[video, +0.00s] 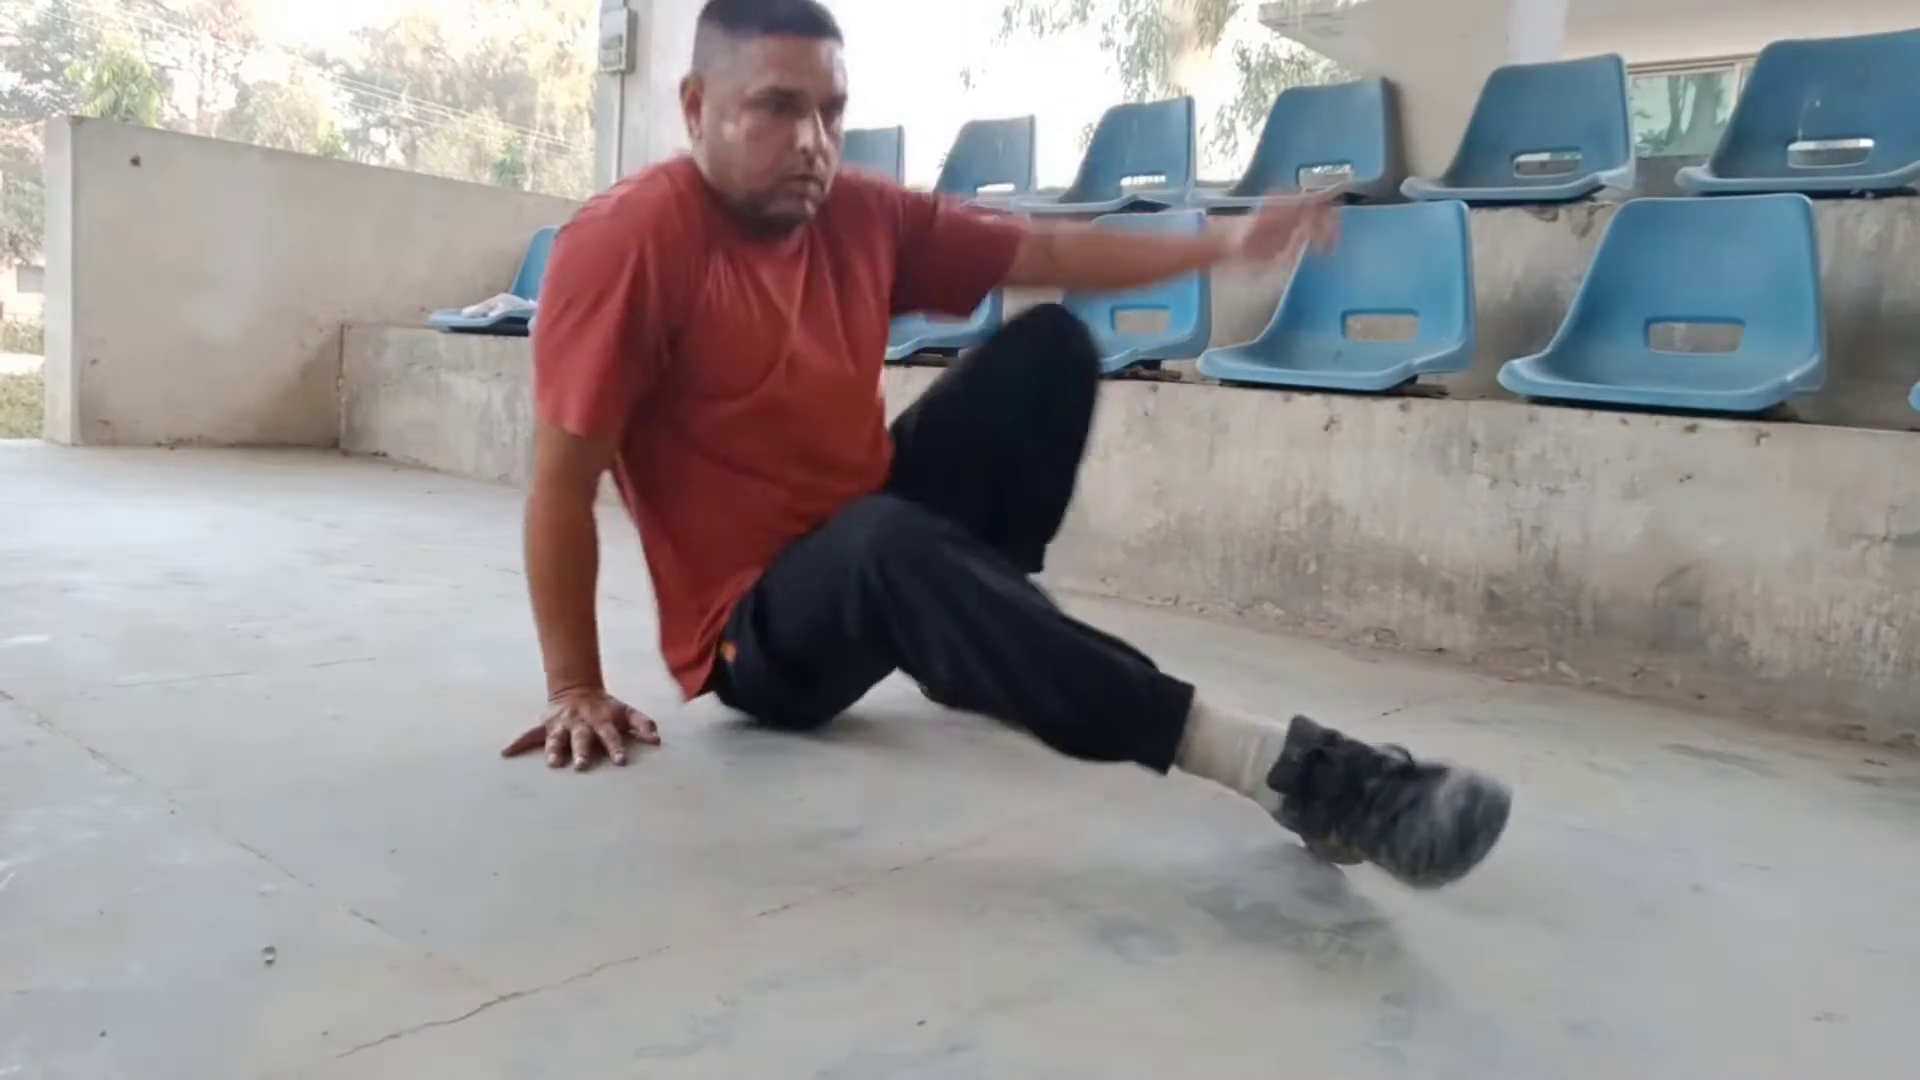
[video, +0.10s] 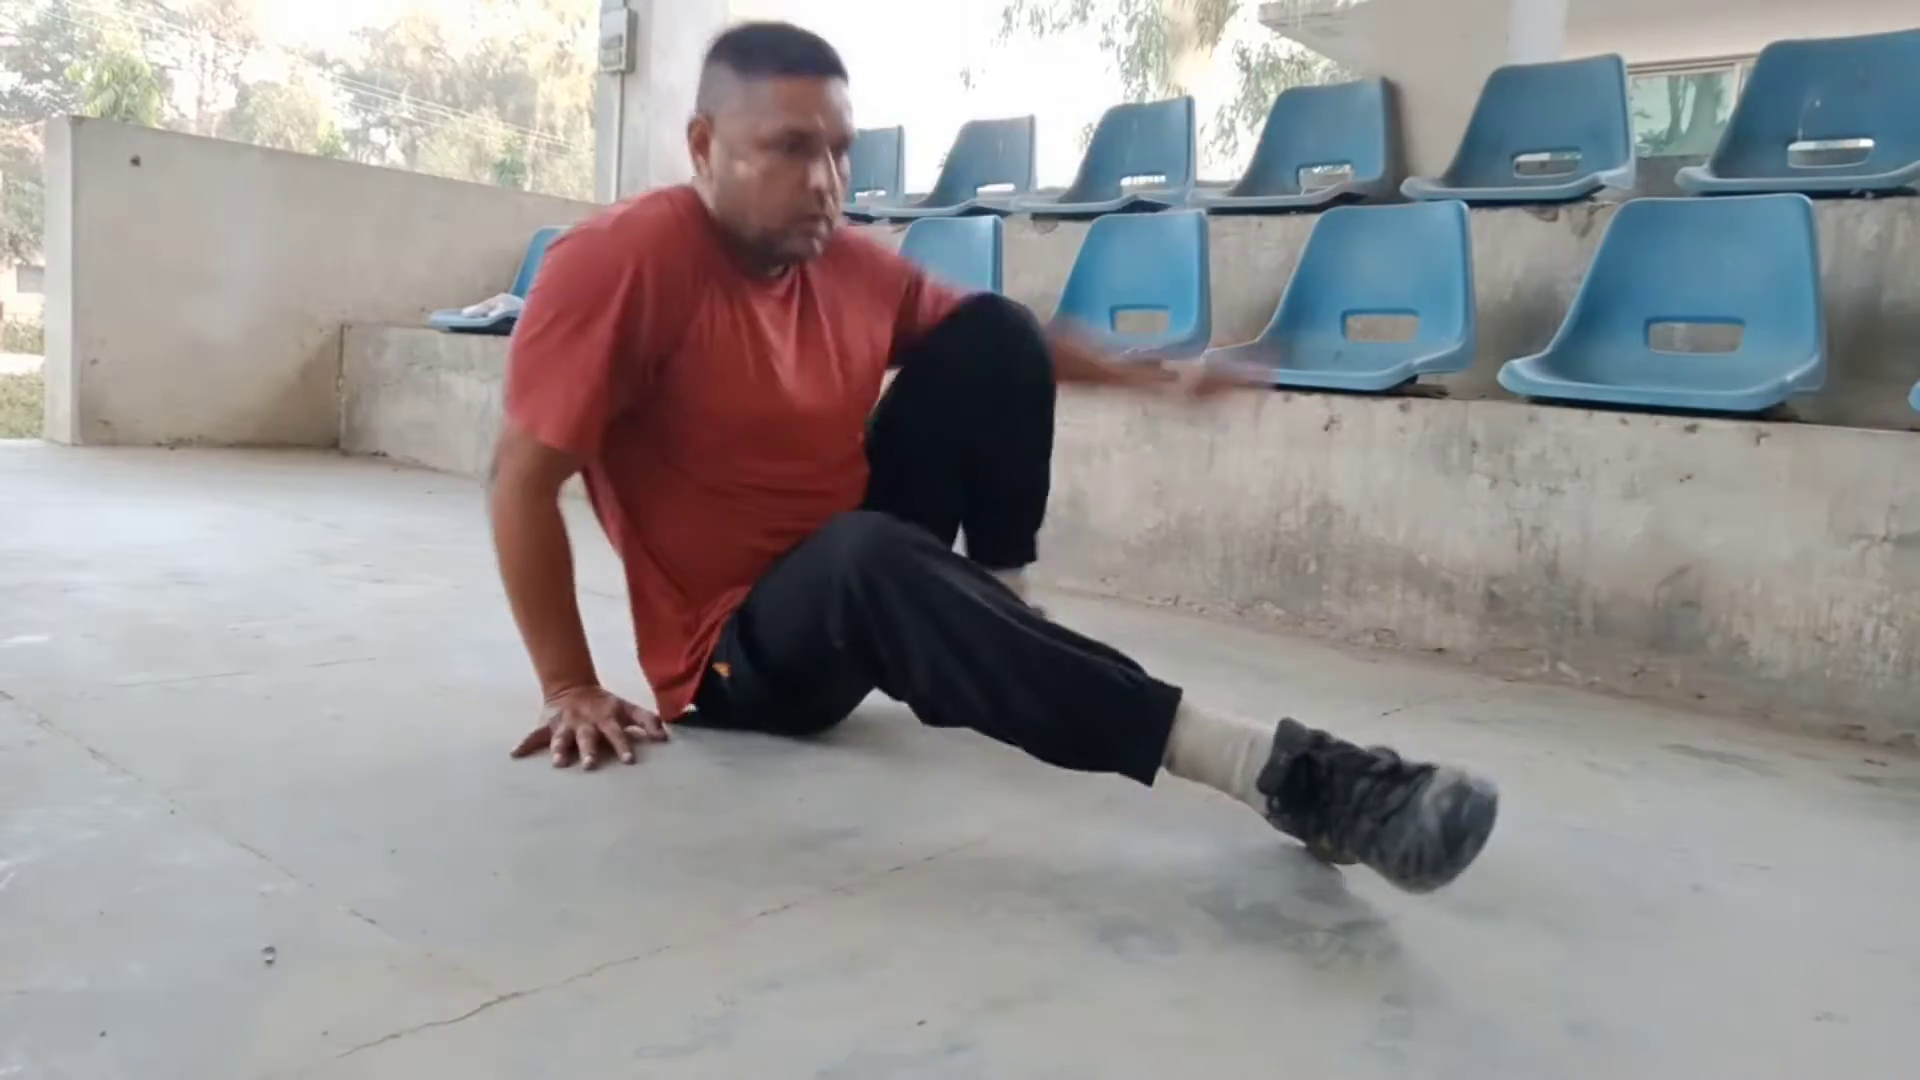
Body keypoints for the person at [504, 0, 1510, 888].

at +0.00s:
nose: (811, 144)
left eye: (829, 114)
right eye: (778, 112)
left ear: (843, 107)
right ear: (695, 106)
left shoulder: (858, 211)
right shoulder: (623, 243)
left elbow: (1041, 254)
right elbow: (562, 478)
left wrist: (1223, 245)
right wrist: (574, 687)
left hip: (878, 540)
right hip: (755, 632)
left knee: (1048, 345)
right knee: (885, 539)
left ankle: (976, 637)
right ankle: (1289, 771)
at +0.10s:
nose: (823, 184)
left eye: (837, 149)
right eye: (791, 151)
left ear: (846, 147)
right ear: (704, 147)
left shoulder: (852, 263)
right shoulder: (618, 261)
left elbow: (996, 337)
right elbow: (520, 481)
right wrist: (567, 687)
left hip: (861, 562)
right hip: (731, 650)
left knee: (995, 344)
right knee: (867, 558)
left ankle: (983, 618)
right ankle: (1284, 775)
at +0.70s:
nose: (853, 215)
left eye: (867, 190)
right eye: (827, 190)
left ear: (872, 184)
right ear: (751, 180)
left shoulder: (866, 286)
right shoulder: (665, 289)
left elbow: (854, 460)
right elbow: (529, 477)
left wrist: (903, 628)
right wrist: (607, 684)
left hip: (872, 589)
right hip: (772, 620)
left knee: (1112, 463)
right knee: (1016, 484)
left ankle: (1383, 686)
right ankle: (1353, 759)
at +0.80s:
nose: (873, 214)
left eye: (887, 188)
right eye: (849, 188)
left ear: (895, 183)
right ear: (771, 180)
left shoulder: (886, 284)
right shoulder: (689, 280)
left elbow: (906, 456)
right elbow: (565, 475)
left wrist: (931, 626)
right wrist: (647, 671)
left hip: (883, 593)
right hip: (780, 617)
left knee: (1122, 473)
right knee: (1021, 481)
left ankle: (1394, 697)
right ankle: (1351, 760)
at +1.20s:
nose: (933, 216)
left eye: (952, 193)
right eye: (914, 185)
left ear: (964, 183)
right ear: (841, 156)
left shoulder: (939, 280)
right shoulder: (749, 248)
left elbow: (967, 446)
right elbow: (682, 457)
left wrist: (931, 635)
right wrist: (661, 670)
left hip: (919, 584)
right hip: (820, 598)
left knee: (1141, 443)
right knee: (1045, 456)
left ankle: (1380, 690)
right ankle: (1343, 747)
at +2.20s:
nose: (971, 234)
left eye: (988, 210)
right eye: (949, 204)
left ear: (994, 206)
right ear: (874, 188)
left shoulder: (964, 296)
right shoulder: (784, 276)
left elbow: (927, 468)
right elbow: (662, 476)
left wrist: (917, 629)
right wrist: (710, 680)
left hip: (945, 614)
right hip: (844, 624)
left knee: (1193, 458)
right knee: (1077, 453)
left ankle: (1441, 706)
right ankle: (1376, 754)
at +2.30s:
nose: (966, 229)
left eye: (980, 206)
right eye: (945, 200)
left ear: (981, 202)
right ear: (869, 186)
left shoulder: (957, 299)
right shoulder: (775, 277)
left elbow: (934, 467)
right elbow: (658, 479)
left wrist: (938, 624)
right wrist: (710, 680)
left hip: (942, 614)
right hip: (844, 626)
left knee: (1186, 456)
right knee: (1080, 451)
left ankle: (1438, 704)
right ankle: (1376, 752)